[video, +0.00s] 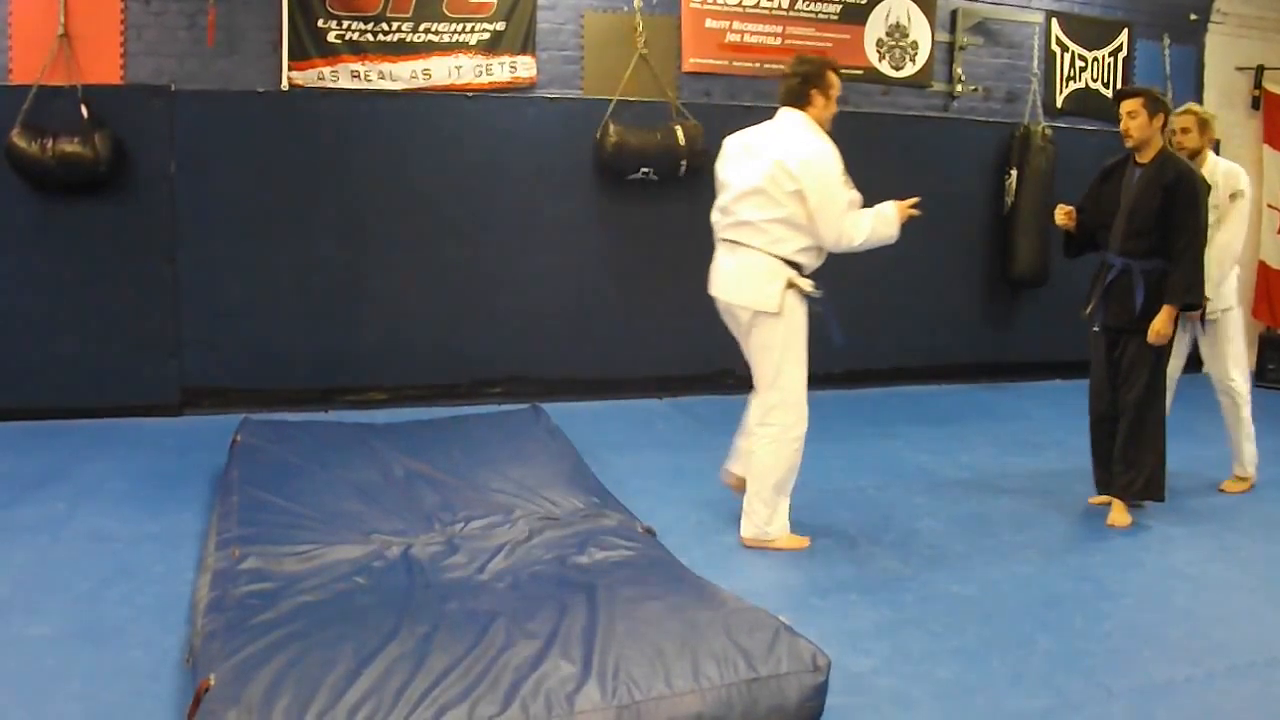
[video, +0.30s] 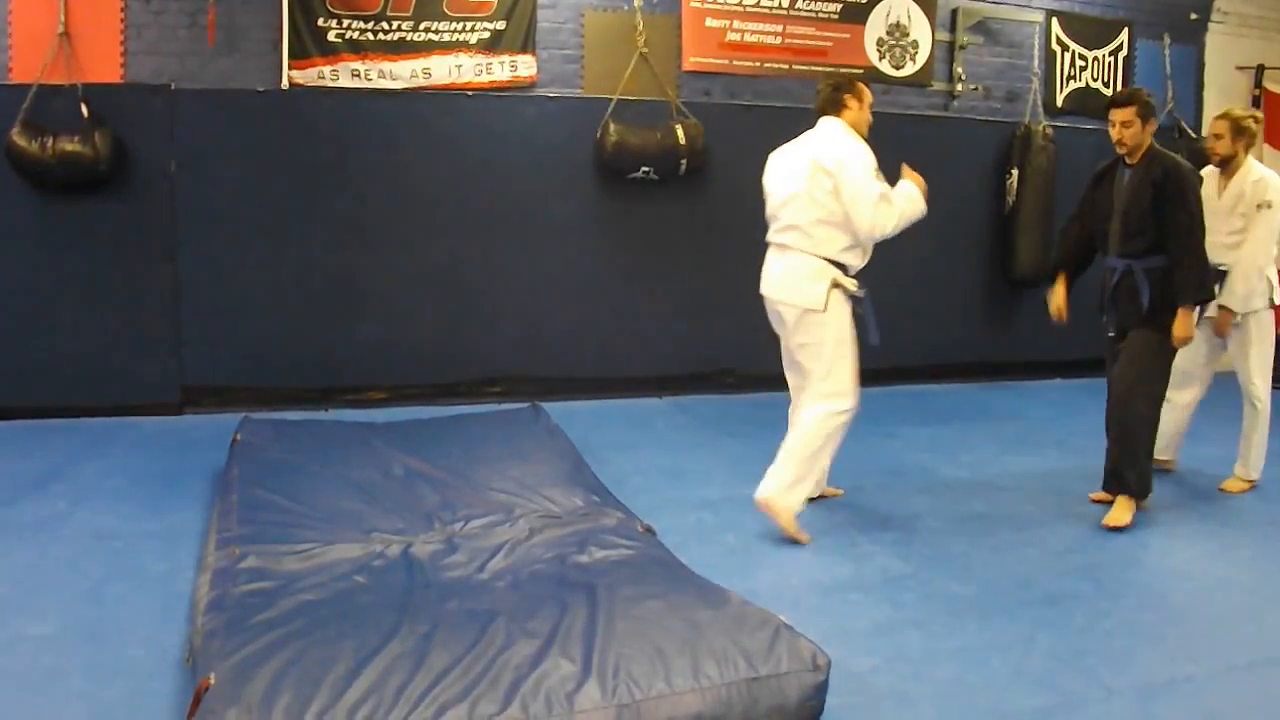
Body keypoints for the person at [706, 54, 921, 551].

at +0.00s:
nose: (835, 109)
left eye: (835, 99)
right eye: (832, 98)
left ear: (793, 95)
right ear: (814, 96)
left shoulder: (738, 141)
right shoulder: (813, 149)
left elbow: (739, 210)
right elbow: (839, 231)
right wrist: (891, 216)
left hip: (726, 278)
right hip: (771, 288)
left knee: (773, 384)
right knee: (786, 409)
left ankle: (743, 466)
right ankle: (763, 527)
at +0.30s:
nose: (871, 115)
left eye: (870, 107)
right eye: (867, 106)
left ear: (828, 107)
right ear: (846, 105)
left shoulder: (784, 153)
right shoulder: (849, 150)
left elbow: (784, 219)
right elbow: (875, 222)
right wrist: (912, 193)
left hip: (779, 277)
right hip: (817, 283)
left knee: (805, 388)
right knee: (837, 396)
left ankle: (810, 480)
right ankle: (781, 493)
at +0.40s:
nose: (879, 115)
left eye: (879, 106)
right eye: (877, 106)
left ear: (837, 105)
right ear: (860, 104)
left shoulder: (796, 150)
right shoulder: (861, 147)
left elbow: (799, 210)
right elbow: (890, 214)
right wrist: (929, 224)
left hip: (789, 268)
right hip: (830, 275)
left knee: (808, 379)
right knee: (866, 380)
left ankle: (801, 477)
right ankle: (821, 478)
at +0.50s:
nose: (894, 109)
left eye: (892, 101)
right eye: (891, 101)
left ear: (849, 102)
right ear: (878, 101)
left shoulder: (810, 148)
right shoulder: (884, 152)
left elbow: (806, 209)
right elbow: (903, 214)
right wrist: (918, 265)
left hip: (804, 264)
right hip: (850, 273)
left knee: (814, 374)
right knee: (879, 376)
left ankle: (804, 480)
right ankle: (861, 480)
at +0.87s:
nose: (955, 121)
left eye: (954, 112)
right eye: (954, 113)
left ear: (914, 108)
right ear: (943, 111)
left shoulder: (868, 151)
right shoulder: (944, 154)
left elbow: (841, 205)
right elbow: (953, 213)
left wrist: (855, 257)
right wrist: (947, 272)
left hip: (870, 268)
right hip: (916, 272)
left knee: (887, 359)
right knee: (924, 373)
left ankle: (852, 425)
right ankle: (912, 471)